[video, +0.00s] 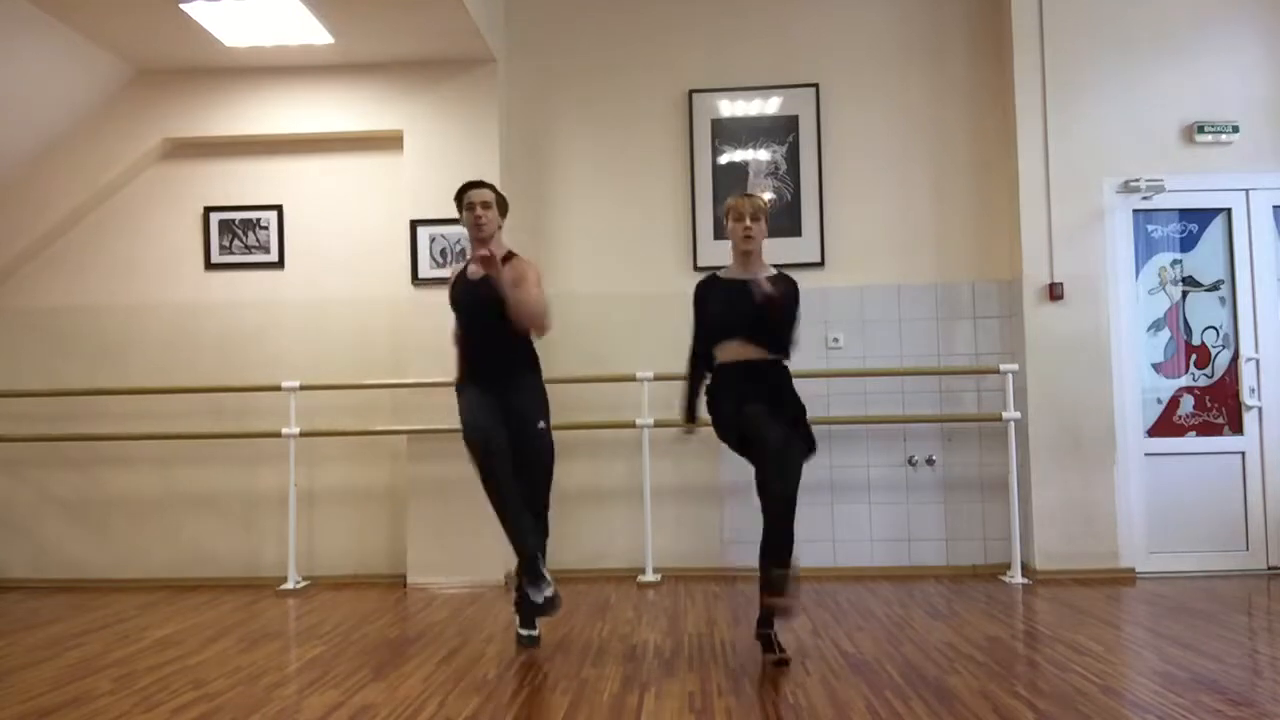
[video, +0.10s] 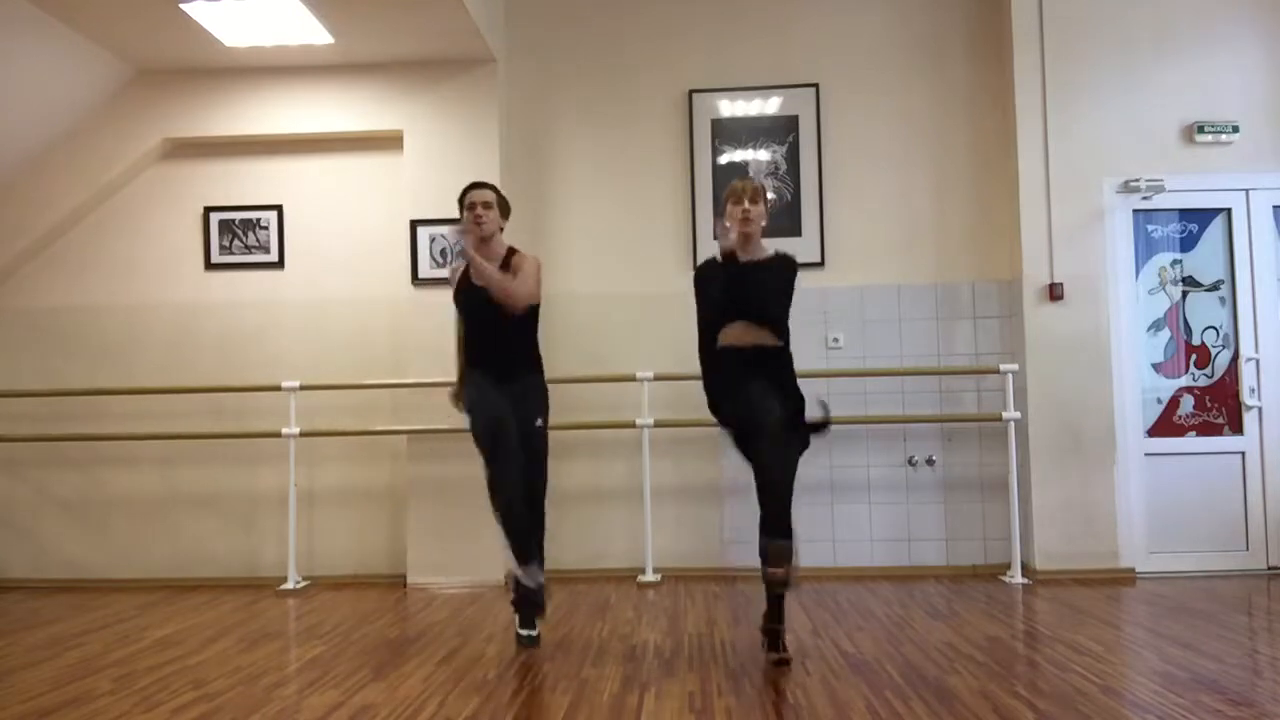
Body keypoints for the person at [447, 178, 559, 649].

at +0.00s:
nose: (479, 214)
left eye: (486, 207)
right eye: (471, 209)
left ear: (501, 214)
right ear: (462, 219)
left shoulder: (520, 268)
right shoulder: (460, 280)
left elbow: (536, 321)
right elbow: (462, 337)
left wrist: (500, 278)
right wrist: (461, 382)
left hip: (522, 388)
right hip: (477, 389)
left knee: (533, 494)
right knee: (492, 462)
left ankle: (527, 608)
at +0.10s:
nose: (479, 214)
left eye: (487, 207)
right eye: (472, 208)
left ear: (503, 217)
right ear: (461, 221)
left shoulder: (524, 264)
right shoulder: (462, 273)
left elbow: (520, 299)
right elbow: (463, 331)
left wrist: (485, 271)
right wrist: (461, 380)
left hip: (525, 383)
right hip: (481, 381)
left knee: (531, 488)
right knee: (498, 436)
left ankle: (528, 604)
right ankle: (525, 561)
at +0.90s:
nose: (472, 218)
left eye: (480, 213)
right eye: (465, 213)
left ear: (496, 227)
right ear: (455, 228)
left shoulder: (518, 280)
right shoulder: (438, 280)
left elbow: (530, 345)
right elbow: (411, 340)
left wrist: (552, 400)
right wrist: (435, 329)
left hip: (502, 385)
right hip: (452, 390)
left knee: (454, 419)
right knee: (427, 488)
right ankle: (414, 608)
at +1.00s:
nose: (470, 224)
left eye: (479, 218)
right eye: (464, 219)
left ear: (495, 233)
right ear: (454, 234)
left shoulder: (517, 289)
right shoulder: (435, 293)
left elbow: (532, 353)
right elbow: (419, 362)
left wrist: (576, 388)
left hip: (504, 399)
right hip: (456, 401)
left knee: (509, 456)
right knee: (426, 502)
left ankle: (522, 535)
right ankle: (409, 619)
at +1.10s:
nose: (471, 231)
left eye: (481, 225)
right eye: (465, 226)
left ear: (499, 240)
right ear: (458, 240)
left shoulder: (522, 291)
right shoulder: (440, 300)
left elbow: (573, 337)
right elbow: (430, 364)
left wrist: (602, 303)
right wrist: (425, 424)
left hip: (521, 417)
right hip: (470, 419)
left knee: (560, 501)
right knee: (432, 510)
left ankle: (590, 585)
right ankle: (413, 619)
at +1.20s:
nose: (491, 234)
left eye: (499, 227)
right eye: (484, 229)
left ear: (517, 240)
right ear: (476, 243)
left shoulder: (538, 272)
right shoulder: (474, 296)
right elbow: (452, 344)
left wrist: (594, 242)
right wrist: (434, 389)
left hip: (556, 415)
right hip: (507, 419)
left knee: (591, 513)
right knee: (464, 515)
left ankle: (622, 604)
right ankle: (420, 618)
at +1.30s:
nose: (522, 232)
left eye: (530, 225)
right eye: (514, 227)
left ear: (548, 237)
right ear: (507, 240)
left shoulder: (562, 278)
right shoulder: (506, 294)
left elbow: (579, 249)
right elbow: (484, 333)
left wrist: (582, 212)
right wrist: (455, 363)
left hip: (586, 408)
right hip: (539, 413)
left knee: (610, 509)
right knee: (510, 493)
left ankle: (624, 605)